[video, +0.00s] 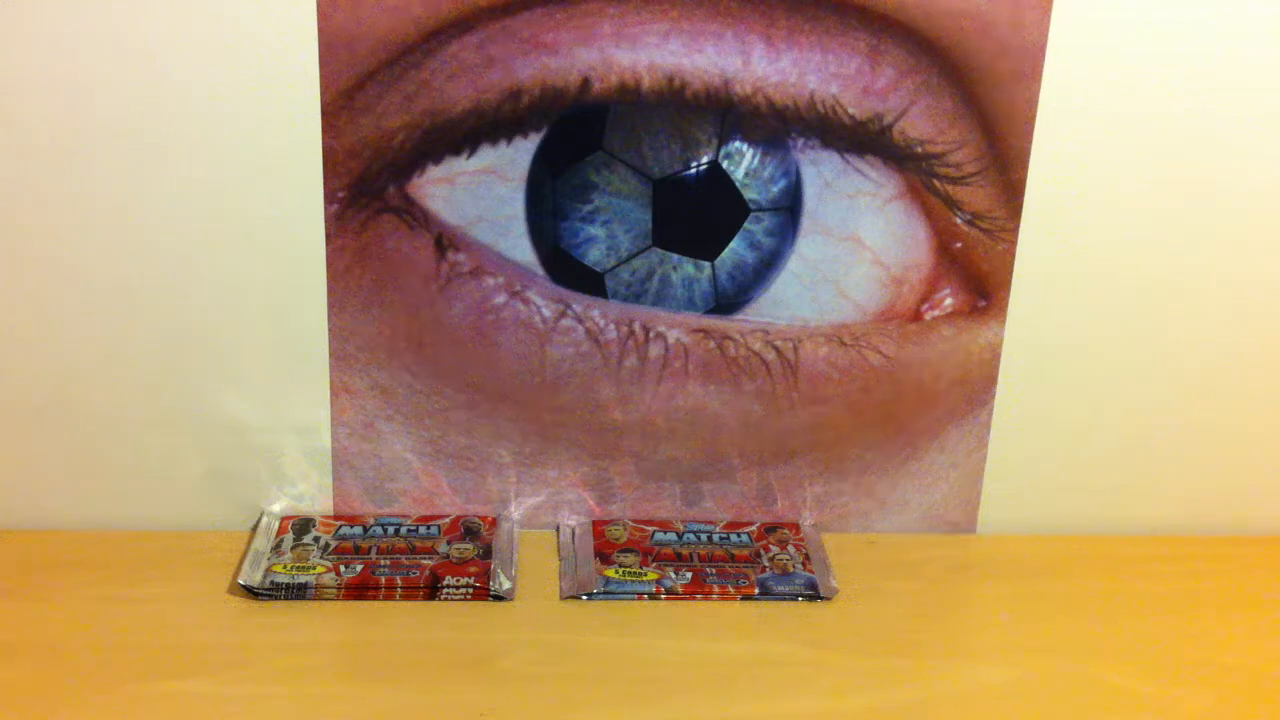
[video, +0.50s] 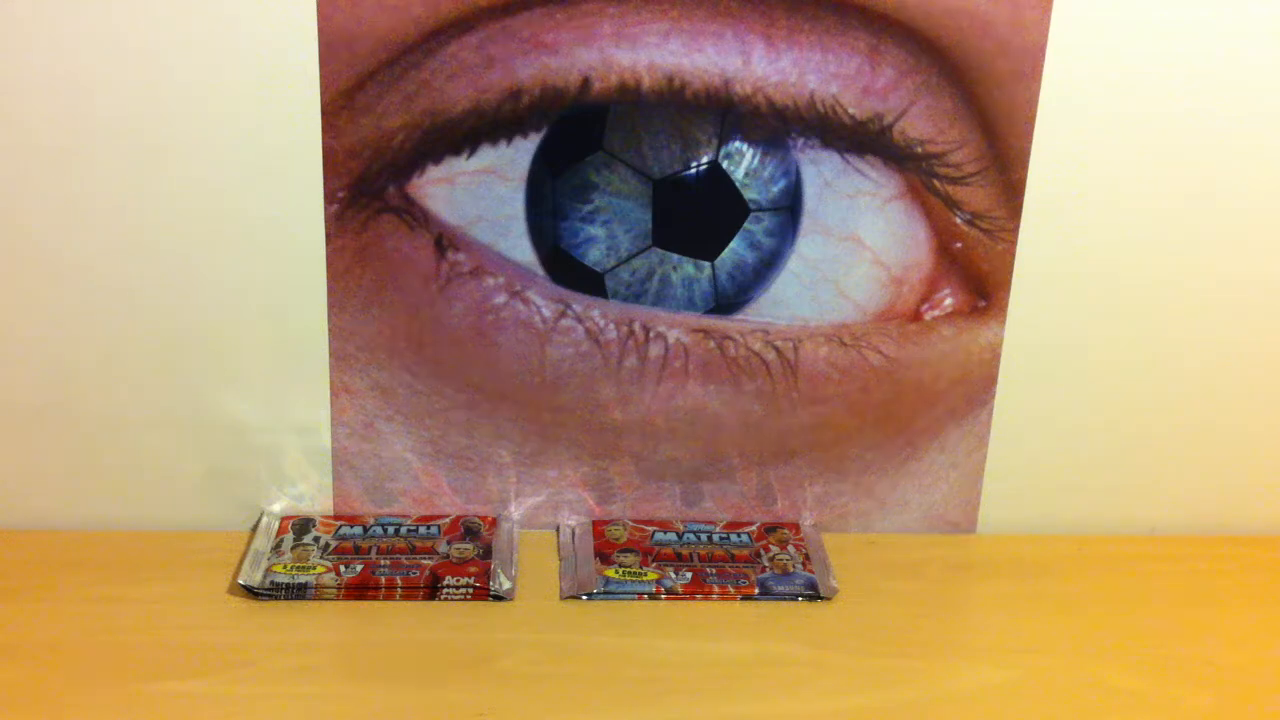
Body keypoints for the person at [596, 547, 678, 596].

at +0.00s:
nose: (621, 560)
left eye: (626, 557)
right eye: (619, 557)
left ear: (638, 558)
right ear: (616, 558)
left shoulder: (650, 573)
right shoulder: (610, 571)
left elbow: (669, 585)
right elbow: (597, 590)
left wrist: (675, 589)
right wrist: (597, 574)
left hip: (640, 607)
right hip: (612, 606)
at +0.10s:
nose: (621, 560)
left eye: (626, 557)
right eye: (618, 557)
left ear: (638, 558)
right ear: (616, 558)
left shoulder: (650, 573)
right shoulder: (610, 571)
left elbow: (669, 585)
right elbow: (597, 590)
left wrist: (675, 588)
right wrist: (597, 574)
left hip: (640, 607)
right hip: (612, 606)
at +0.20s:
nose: (621, 560)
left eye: (626, 557)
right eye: (618, 557)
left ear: (638, 558)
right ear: (616, 558)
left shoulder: (650, 573)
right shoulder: (610, 571)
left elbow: (668, 585)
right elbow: (597, 590)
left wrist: (675, 588)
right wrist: (597, 574)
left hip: (640, 607)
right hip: (612, 606)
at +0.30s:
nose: (621, 560)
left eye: (626, 557)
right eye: (618, 557)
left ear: (638, 558)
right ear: (616, 558)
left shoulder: (650, 573)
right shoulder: (610, 571)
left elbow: (668, 585)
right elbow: (597, 590)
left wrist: (675, 588)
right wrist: (597, 574)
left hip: (640, 607)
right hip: (612, 606)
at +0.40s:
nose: (621, 560)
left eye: (626, 557)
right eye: (618, 557)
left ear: (638, 558)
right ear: (616, 558)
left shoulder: (650, 573)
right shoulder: (610, 571)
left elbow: (668, 585)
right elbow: (597, 590)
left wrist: (675, 588)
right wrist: (597, 574)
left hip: (640, 607)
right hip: (612, 606)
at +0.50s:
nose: (621, 560)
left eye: (625, 557)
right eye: (618, 557)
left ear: (638, 558)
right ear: (615, 558)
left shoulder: (651, 573)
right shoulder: (610, 571)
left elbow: (670, 586)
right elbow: (597, 590)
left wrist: (676, 589)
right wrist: (597, 574)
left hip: (640, 607)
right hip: (613, 606)